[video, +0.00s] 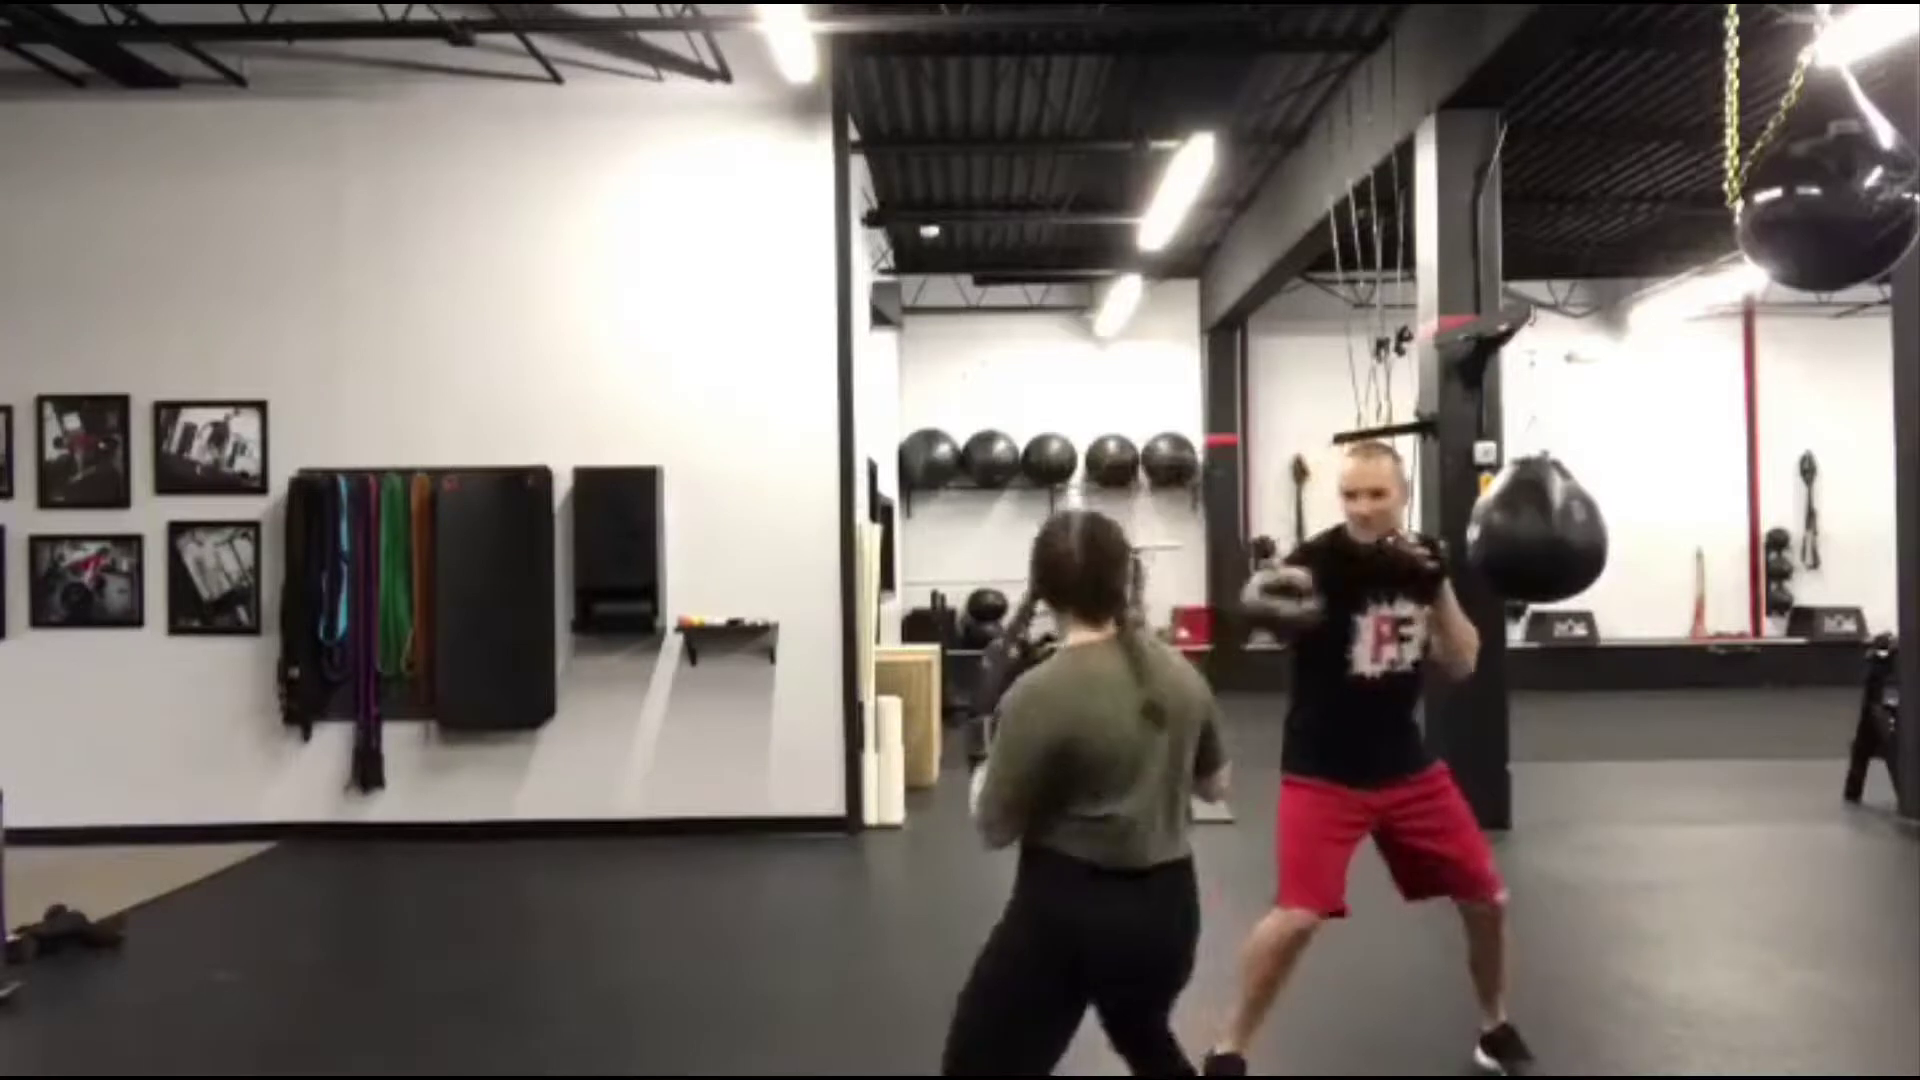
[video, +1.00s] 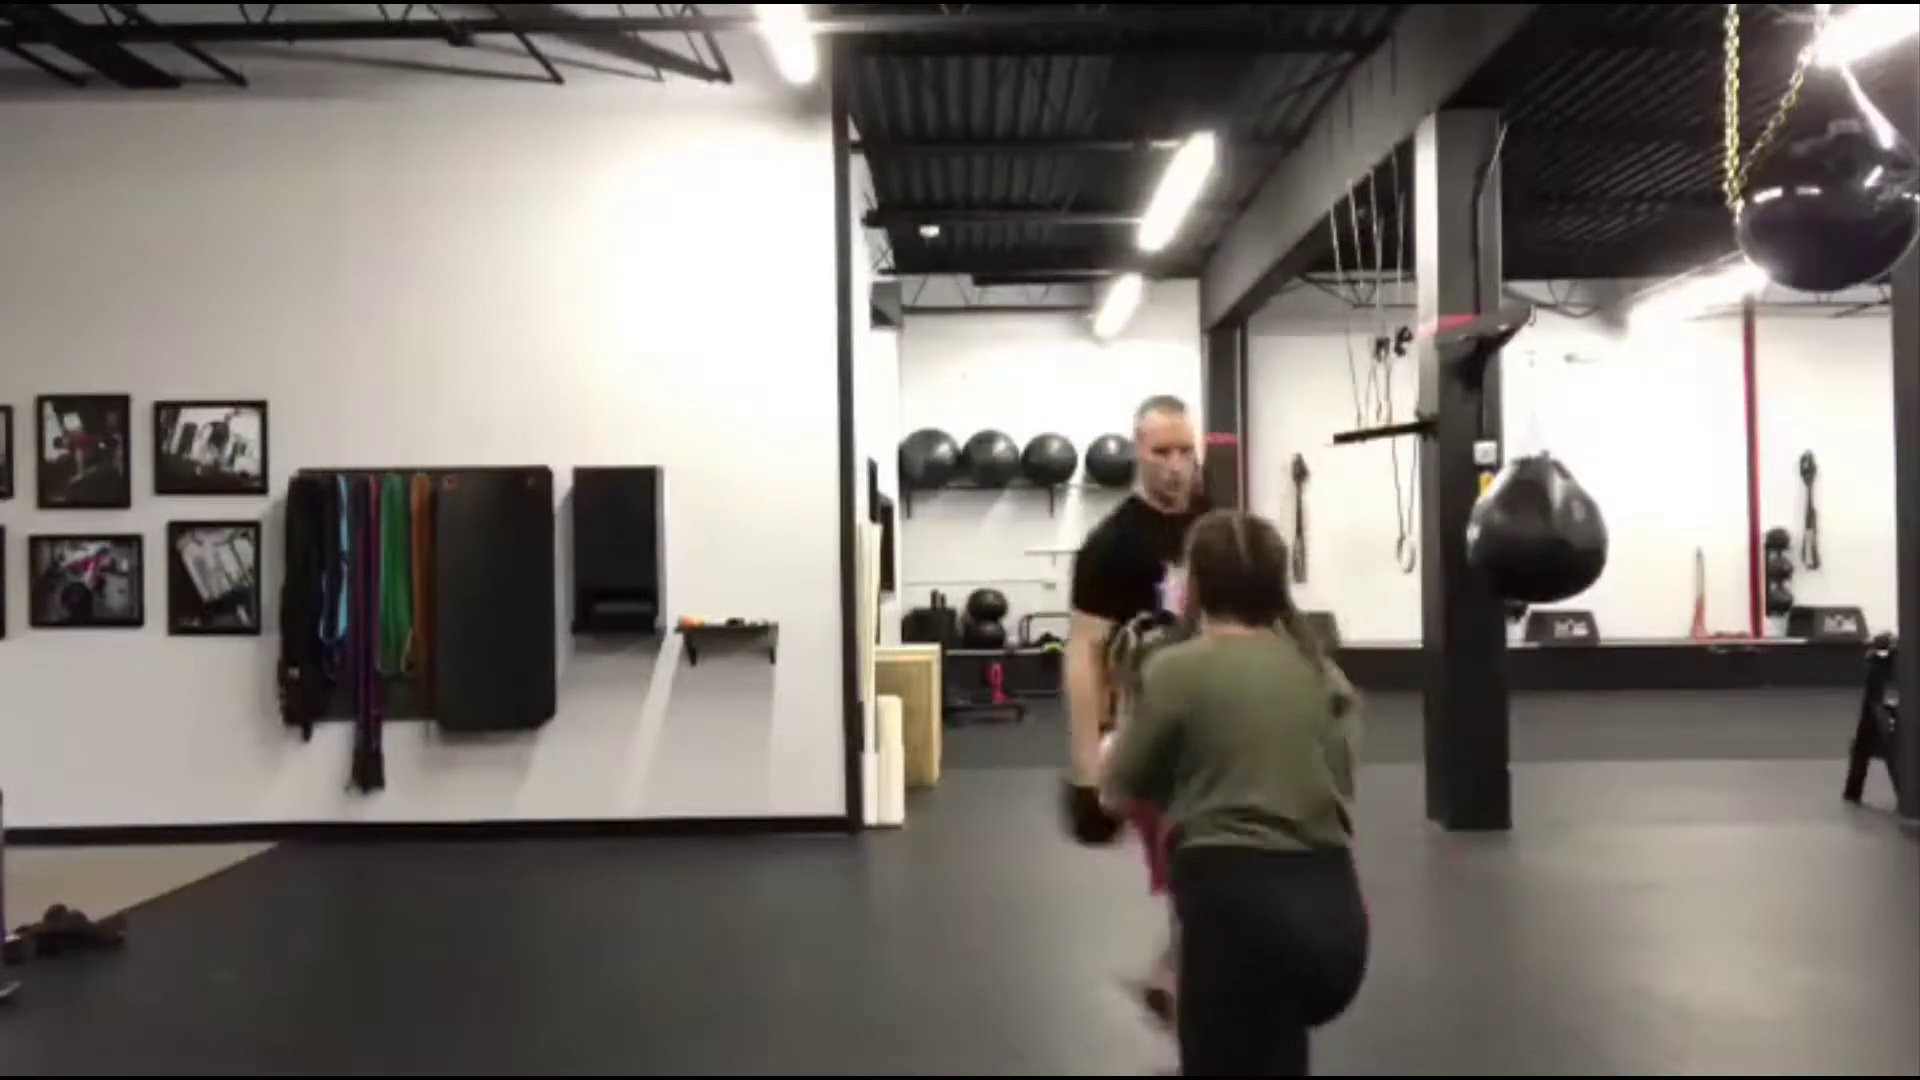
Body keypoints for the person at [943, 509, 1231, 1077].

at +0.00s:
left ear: (1045, 590)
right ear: (1124, 576)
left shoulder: (1041, 695)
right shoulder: (1178, 673)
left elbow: (995, 823)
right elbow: (1213, 779)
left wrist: (998, 738)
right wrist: (1138, 741)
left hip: (1061, 918)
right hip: (1164, 910)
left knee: (980, 1062)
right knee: (1146, 1035)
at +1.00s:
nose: (1176, 584)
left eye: (1183, 571)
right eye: (1182, 570)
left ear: (1195, 585)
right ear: (1276, 581)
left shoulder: (1175, 671)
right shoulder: (1320, 673)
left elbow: (1119, 786)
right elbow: (1339, 786)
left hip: (1229, 910)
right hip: (1328, 907)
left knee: (1219, 1060)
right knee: (1278, 1054)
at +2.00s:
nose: (1203, 554)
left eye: (1208, 540)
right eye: (1205, 540)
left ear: (1236, 551)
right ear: (1281, 548)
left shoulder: (1265, 636)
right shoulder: (1306, 623)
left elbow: (1213, 761)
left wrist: (1164, 681)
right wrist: (1213, 662)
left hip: (1317, 876)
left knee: (1314, 1061)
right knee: (1198, 957)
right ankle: (1243, 1069)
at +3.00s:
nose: (1177, 521)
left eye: (1186, 508)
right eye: (1181, 508)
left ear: (1215, 518)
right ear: (1226, 519)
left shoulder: (1259, 597)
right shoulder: (1240, 597)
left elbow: (1208, 706)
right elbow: (1212, 691)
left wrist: (1153, 635)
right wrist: (1169, 629)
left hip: (1301, 817)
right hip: (1263, 815)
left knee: (1321, 1020)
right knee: (1152, 912)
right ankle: (1197, 1064)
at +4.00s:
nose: (1154, 499)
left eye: (1165, 487)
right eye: (1159, 487)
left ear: (1199, 499)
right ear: (1202, 501)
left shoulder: (1230, 576)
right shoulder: (1201, 573)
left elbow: (1169, 669)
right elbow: (1175, 655)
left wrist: (1130, 595)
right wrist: (1137, 593)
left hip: (1254, 782)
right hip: (1208, 779)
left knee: (1285, 962)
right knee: (1126, 898)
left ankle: (1368, 1067)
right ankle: (1137, 1051)